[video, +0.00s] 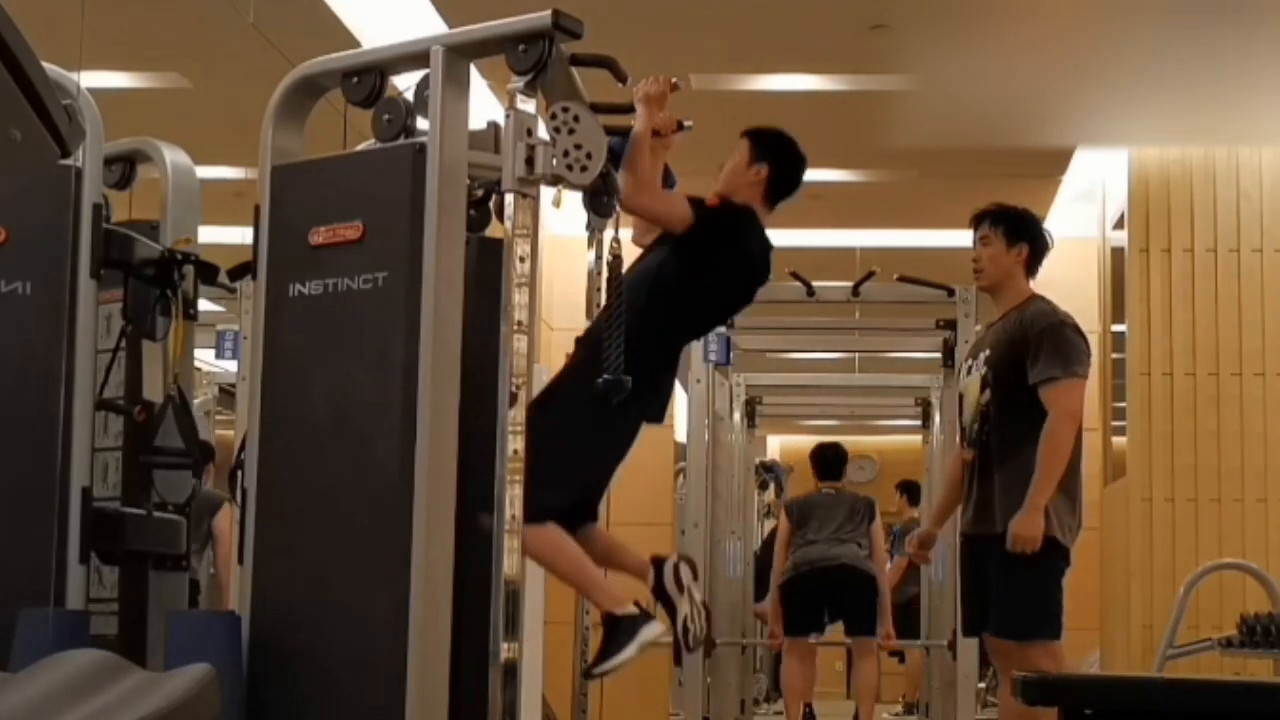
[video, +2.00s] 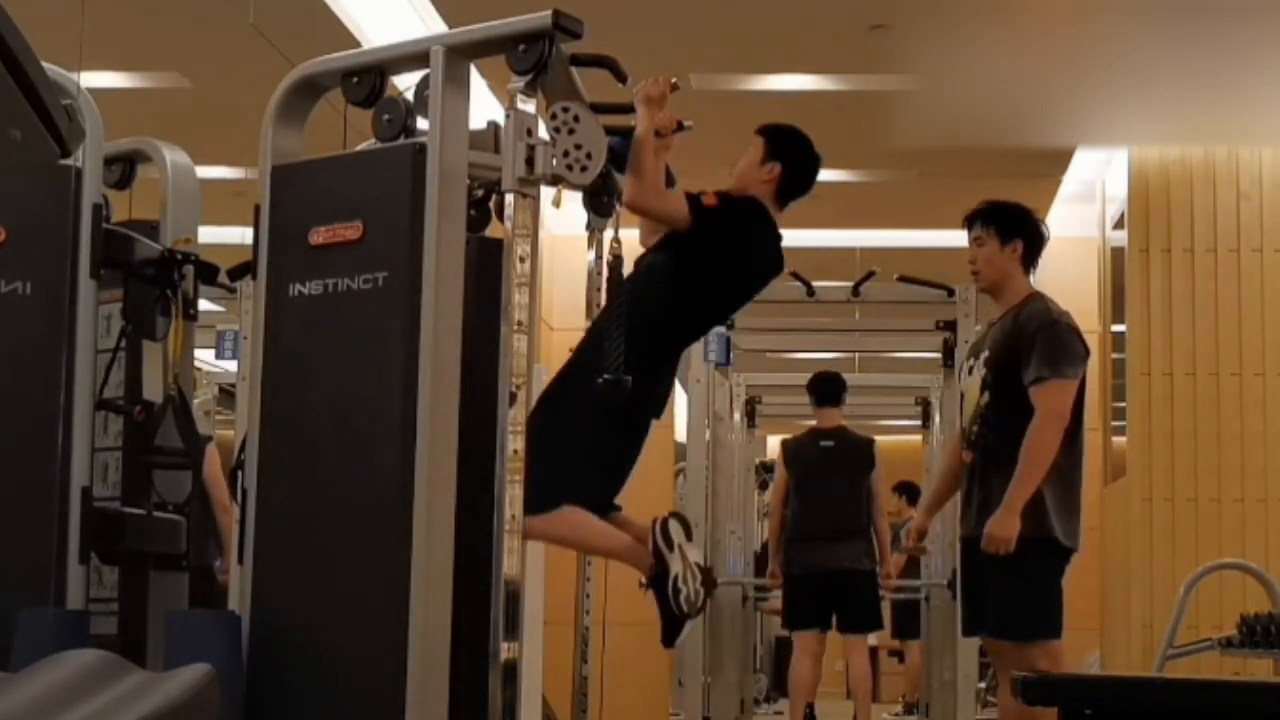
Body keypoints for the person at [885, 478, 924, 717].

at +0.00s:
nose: (894, 501)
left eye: (896, 496)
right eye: (896, 496)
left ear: (903, 498)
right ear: (915, 498)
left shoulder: (906, 526)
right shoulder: (916, 523)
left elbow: (901, 560)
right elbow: (903, 559)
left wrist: (884, 587)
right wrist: (890, 583)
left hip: (909, 592)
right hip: (916, 590)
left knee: (912, 647)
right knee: (914, 647)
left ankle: (910, 702)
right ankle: (914, 700)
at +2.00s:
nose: (892, 503)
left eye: (894, 498)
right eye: (892, 498)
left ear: (904, 499)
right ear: (911, 499)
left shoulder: (909, 525)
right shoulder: (909, 524)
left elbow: (899, 557)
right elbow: (901, 556)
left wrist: (888, 577)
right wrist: (890, 576)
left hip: (908, 590)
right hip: (909, 588)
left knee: (911, 646)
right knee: (911, 647)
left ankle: (911, 700)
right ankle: (913, 699)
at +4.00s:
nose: (898, 501)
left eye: (900, 497)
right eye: (899, 497)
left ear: (906, 497)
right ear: (917, 497)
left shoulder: (907, 524)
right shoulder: (924, 523)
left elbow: (900, 556)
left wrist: (889, 578)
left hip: (910, 587)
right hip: (924, 586)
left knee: (911, 645)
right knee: (915, 646)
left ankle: (911, 699)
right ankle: (916, 697)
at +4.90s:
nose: (899, 501)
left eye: (902, 496)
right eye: (901, 496)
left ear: (908, 498)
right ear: (917, 498)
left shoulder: (910, 527)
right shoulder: (920, 524)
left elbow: (904, 561)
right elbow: (908, 559)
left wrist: (890, 578)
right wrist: (893, 574)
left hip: (907, 592)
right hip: (917, 591)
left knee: (891, 640)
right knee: (920, 645)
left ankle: (908, 697)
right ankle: (919, 696)